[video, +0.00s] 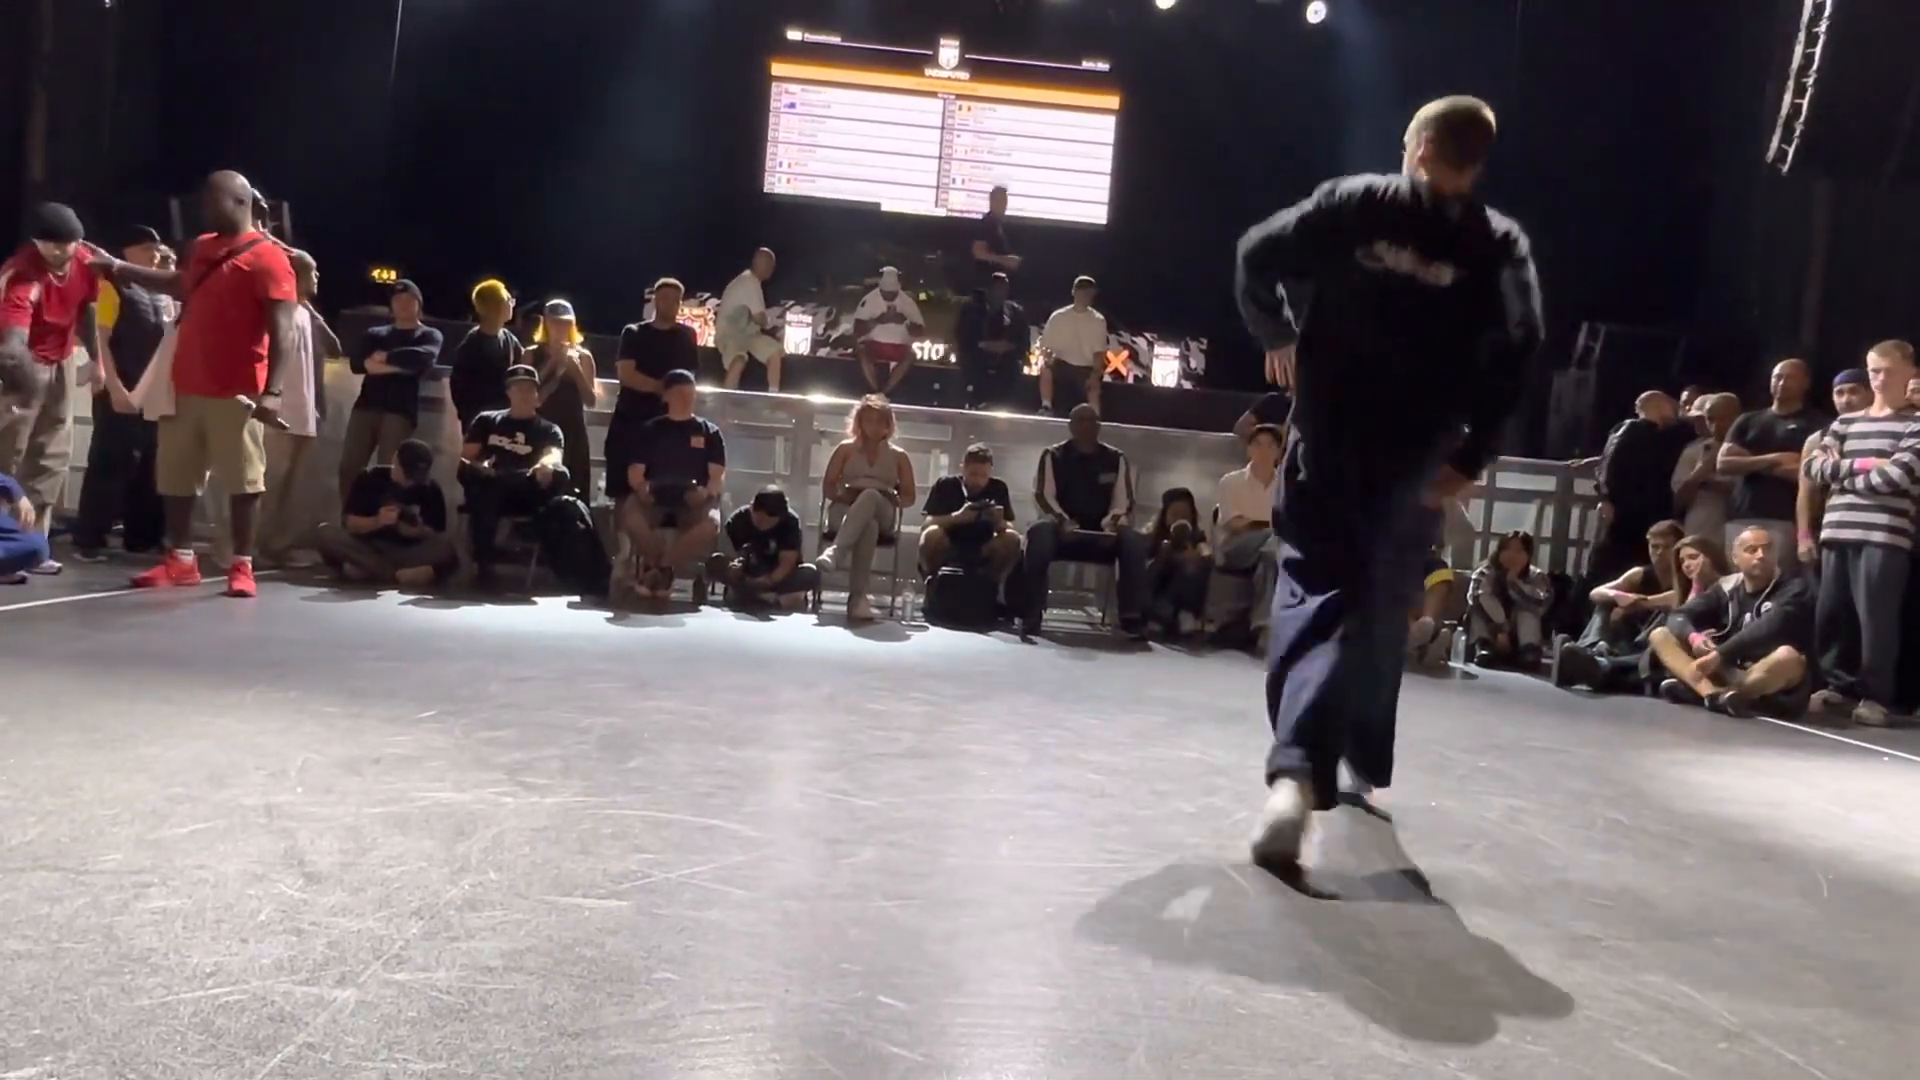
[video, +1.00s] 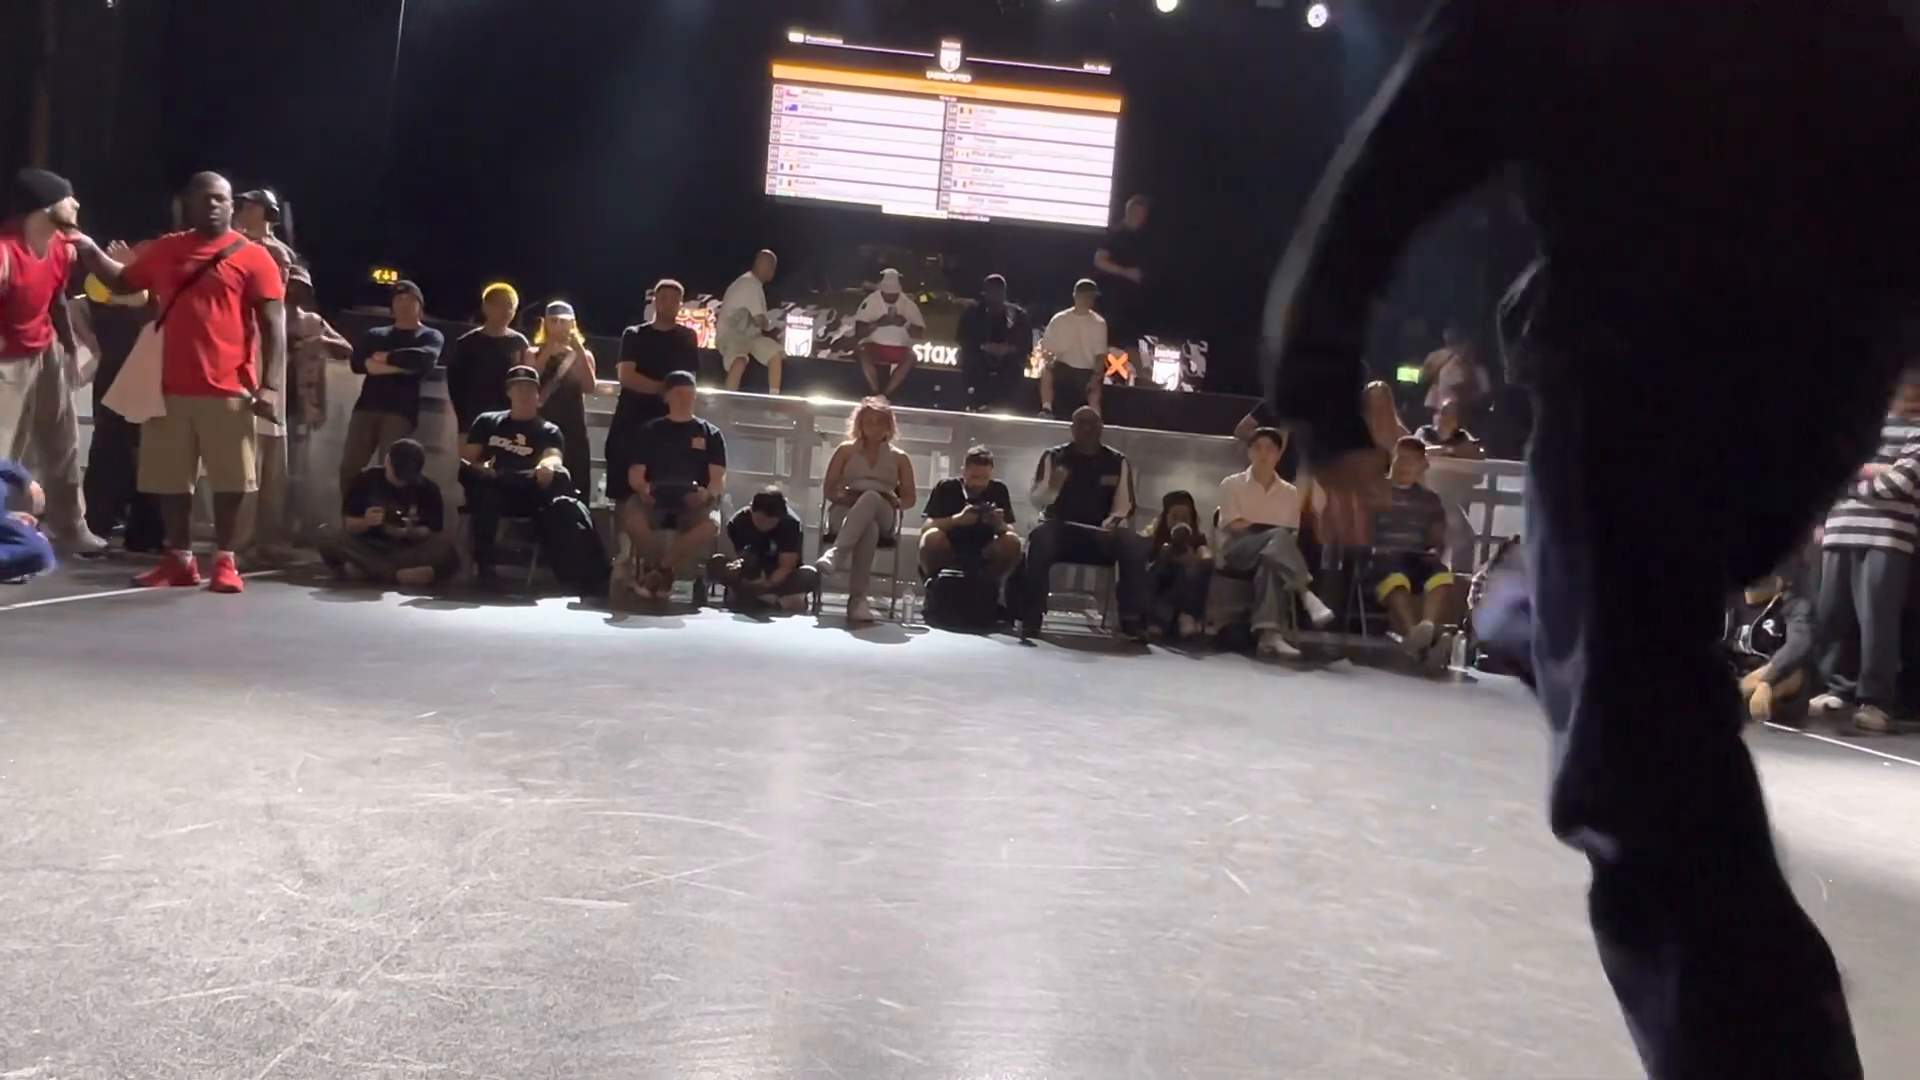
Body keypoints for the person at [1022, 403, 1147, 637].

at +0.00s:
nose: (1086, 427)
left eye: (1091, 421)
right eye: (1080, 421)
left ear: (1099, 425)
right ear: (1070, 425)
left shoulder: (1116, 458)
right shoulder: (1053, 455)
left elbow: (1122, 501)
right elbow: (1045, 496)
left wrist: (1113, 519)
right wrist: (1062, 520)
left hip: (1102, 536)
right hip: (1066, 533)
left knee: (1132, 539)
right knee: (1039, 532)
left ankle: (1132, 618)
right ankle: (1032, 616)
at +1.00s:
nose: (1087, 429)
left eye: (1093, 423)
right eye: (1081, 423)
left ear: (1102, 428)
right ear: (1071, 428)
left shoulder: (1118, 462)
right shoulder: (1053, 457)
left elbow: (1123, 503)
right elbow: (1037, 500)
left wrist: (1114, 519)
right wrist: (1053, 486)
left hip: (1099, 535)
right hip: (1062, 533)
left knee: (1132, 541)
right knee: (1040, 536)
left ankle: (1132, 619)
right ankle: (1031, 619)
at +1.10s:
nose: (1088, 429)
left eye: (1093, 423)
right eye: (1082, 423)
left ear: (1102, 428)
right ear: (1072, 428)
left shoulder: (1119, 462)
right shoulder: (1056, 454)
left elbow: (1123, 502)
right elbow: (1037, 495)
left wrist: (1115, 519)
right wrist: (1054, 463)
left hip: (1099, 535)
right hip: (1062, 533)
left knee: (1132, 541)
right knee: (1042, 534)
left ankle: (1132, 619)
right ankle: (1032, 619)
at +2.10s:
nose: (1081, 433)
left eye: (1087, 427)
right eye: (1075, 427)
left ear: (1095, 432)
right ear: (1066, 430)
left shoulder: (1112, 465)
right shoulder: (1047, 457)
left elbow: (1116, 508)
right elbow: (1029, 501)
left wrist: (1105, 524)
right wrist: (1041, 484)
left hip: (1090, 537)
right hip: (1053, 535)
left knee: (1123, 543)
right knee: (1033, 538)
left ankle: (1123, 621)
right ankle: (1023, 621)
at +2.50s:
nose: (1072, 436)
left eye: (1077, 430)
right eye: (1066, 430)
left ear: (1086, 432)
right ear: (1057, 432)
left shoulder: (1102, 465)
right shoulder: (1038, 460)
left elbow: (1109, 508)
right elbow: (1024, 500)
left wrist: (1100, 522)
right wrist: (1040, 518)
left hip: (1085, 536)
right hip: (1049, 534)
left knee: (1112, 544)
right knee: (1023, 539)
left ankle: (1104, 626)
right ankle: (1019, 622)